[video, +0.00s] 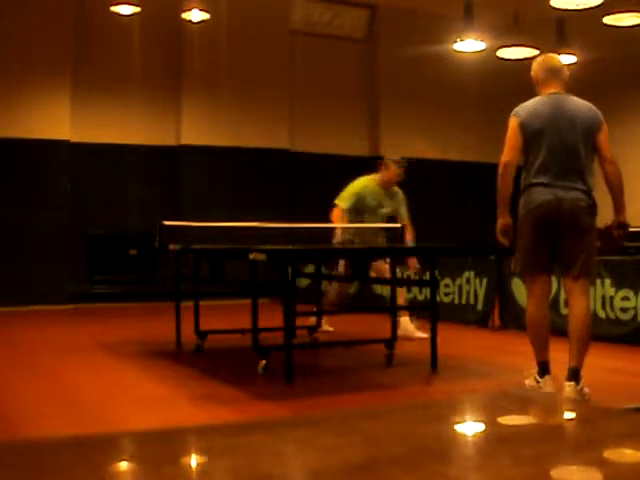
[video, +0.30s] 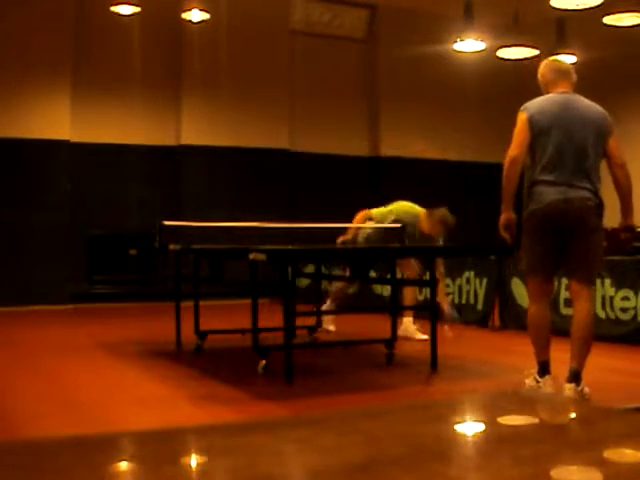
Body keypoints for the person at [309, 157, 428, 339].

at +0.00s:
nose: (396, 180)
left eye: (398, 176)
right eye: (394, 175)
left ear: (398, 176)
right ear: (383, 169)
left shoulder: (396, 194)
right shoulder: (362, 185)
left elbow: (406, 226)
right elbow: (338, 211)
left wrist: (409, 253)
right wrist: (340, 239)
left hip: (376, 247)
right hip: (351, 246)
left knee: (397, 279)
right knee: (340, 282)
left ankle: (403, 322)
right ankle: (318, 318)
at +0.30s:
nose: (435, 233)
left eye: (438, 231)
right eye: (436, 229)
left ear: (441, 229)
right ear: (432, 219)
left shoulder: (434, 237)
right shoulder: (404, 211)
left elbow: (439, 274)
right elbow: (364, 214)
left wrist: (443, 304)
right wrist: (350, 235)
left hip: (395, 249)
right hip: (369, 242)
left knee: (412, 273)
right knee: (352, 277)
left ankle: (407, 323)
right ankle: (328, 309)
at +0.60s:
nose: (431, 247)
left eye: (435, 247)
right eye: (432, 244)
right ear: (431, 233)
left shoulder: (430, 244)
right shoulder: (410, 216)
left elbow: (437, 280)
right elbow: (370, 216)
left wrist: (439, 313)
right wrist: (351, 236)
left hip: (394, 248)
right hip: (371, 240)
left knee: (415, 269)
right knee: (361, 264)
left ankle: (407, 323)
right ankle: (341, 293)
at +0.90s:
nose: (426, 233)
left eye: (429, 230)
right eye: (425, 228)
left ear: (435, 228)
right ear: (420, 216)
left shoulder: (429, 235)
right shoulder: (400, 204)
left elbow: (430, 260)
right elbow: (361, 214)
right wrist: (350, 235)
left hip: (398, 244)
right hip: (372, 237)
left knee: (412, 275)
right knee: (365, 277)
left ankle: (406, 323)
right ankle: (349, 314)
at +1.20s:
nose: (421, 251)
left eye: (424, 251)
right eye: (422, 248)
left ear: (424, 244)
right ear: (422, 239)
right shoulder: (402, 224)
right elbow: (363, 218)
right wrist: (350, 236)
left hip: (385, 250)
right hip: (362, 245)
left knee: (405, 278)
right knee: (360, 284)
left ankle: (405, 323)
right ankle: (346, 318)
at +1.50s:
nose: (424, 227)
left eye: (428, 225)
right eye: (424, 222)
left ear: (431, 221)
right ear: (420, 212)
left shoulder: (425, 230)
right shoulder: (394, 203)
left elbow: (425, 257)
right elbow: (358, 216)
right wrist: (348, 236)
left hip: (390, 246)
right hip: (365, 240)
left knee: (405, 274)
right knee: (361, 282)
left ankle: (406, 323)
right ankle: (345, 317)